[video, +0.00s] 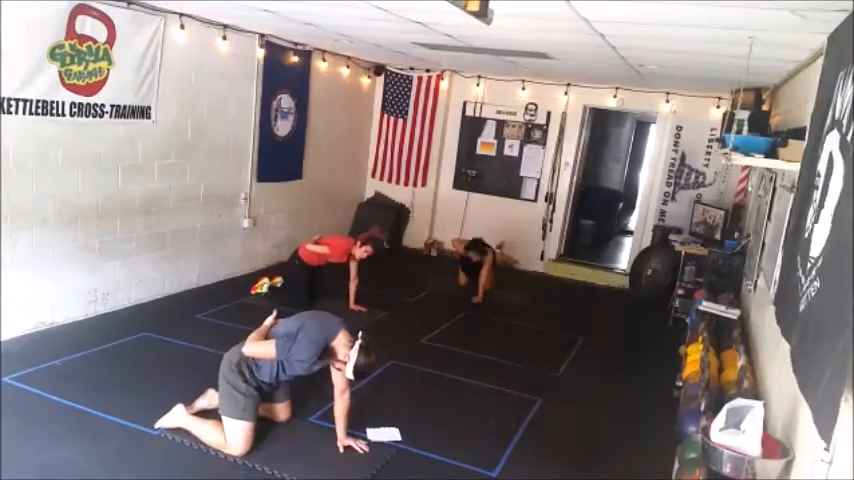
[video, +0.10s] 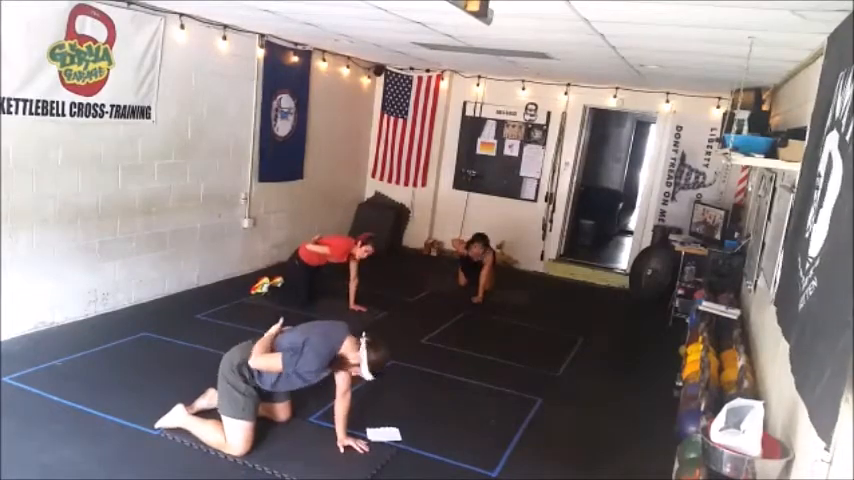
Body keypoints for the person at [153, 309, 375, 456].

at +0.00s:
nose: (341, 369)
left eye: (346, 368)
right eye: (345, 365)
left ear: (353, 351)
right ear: (349, 357)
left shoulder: (343, 338)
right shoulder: (306, 347)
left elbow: (342, 391)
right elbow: (248, 348)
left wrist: (343, 436)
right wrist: (266, 325)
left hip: (271, 367)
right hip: (241, 369)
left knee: (281, 412)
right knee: (236, 446)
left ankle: (217, 400)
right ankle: (182, 418)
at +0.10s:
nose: (355, 374)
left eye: (360, 372)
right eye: (359, 370)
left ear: (362, 351)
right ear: (358, 361)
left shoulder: (347, 338)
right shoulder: (314, 356)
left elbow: (343, 391)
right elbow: (255, 360)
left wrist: (341, 435)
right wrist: (271, 333)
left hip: (274, 366)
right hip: (242, 367)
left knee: (281, 413)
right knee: (237, 445)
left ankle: (217, 399)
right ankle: (182, 418)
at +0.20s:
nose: (381, 349)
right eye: (379, 343)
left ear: (363, 332)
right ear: (364, 336)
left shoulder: (347, 339)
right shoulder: (323, 360)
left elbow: (345, 393)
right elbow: (265, 374)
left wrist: (342, 435)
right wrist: (279, 343)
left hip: (266, 355)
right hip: (242, 369)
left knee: (282, 412)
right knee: (237, 446)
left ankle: (219, 400)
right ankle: (183, 417)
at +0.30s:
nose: (377, 326)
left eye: (377, 320)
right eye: (371, 321)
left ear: (358, 322)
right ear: (352, 321)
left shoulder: (348, 348)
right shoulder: (322, 350)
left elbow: (344, 394)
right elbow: (263, 371)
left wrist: (342, 436)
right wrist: (280, 344)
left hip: (267, 359)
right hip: (242, 367)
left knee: (281, 411)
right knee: (237, 446)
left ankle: (217, 400)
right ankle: (182, 417)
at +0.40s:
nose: (371, 315)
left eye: (371, 309)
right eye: (364, 311)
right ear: (344, 315)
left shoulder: (348, 349)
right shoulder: (318, 344)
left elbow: (344, 394)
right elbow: (260, 366)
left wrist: (342, 436)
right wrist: (279, 342)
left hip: (269, 362)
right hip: (242, 368)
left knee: (281, 411)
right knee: (237, 446)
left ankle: (217, 401)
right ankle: (181, 417)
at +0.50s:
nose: (373, 317)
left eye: (373, 312)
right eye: (368, 313)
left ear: (356, 319)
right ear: (347, 317)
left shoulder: (348, 349)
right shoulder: (319, 344)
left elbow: (344, 393)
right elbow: (261, 366)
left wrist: (342, 436)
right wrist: (280, 342)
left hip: (270, 363)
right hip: (243, 368)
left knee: (281, 411)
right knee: (237, 446)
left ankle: (216, 400)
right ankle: (182, 417)